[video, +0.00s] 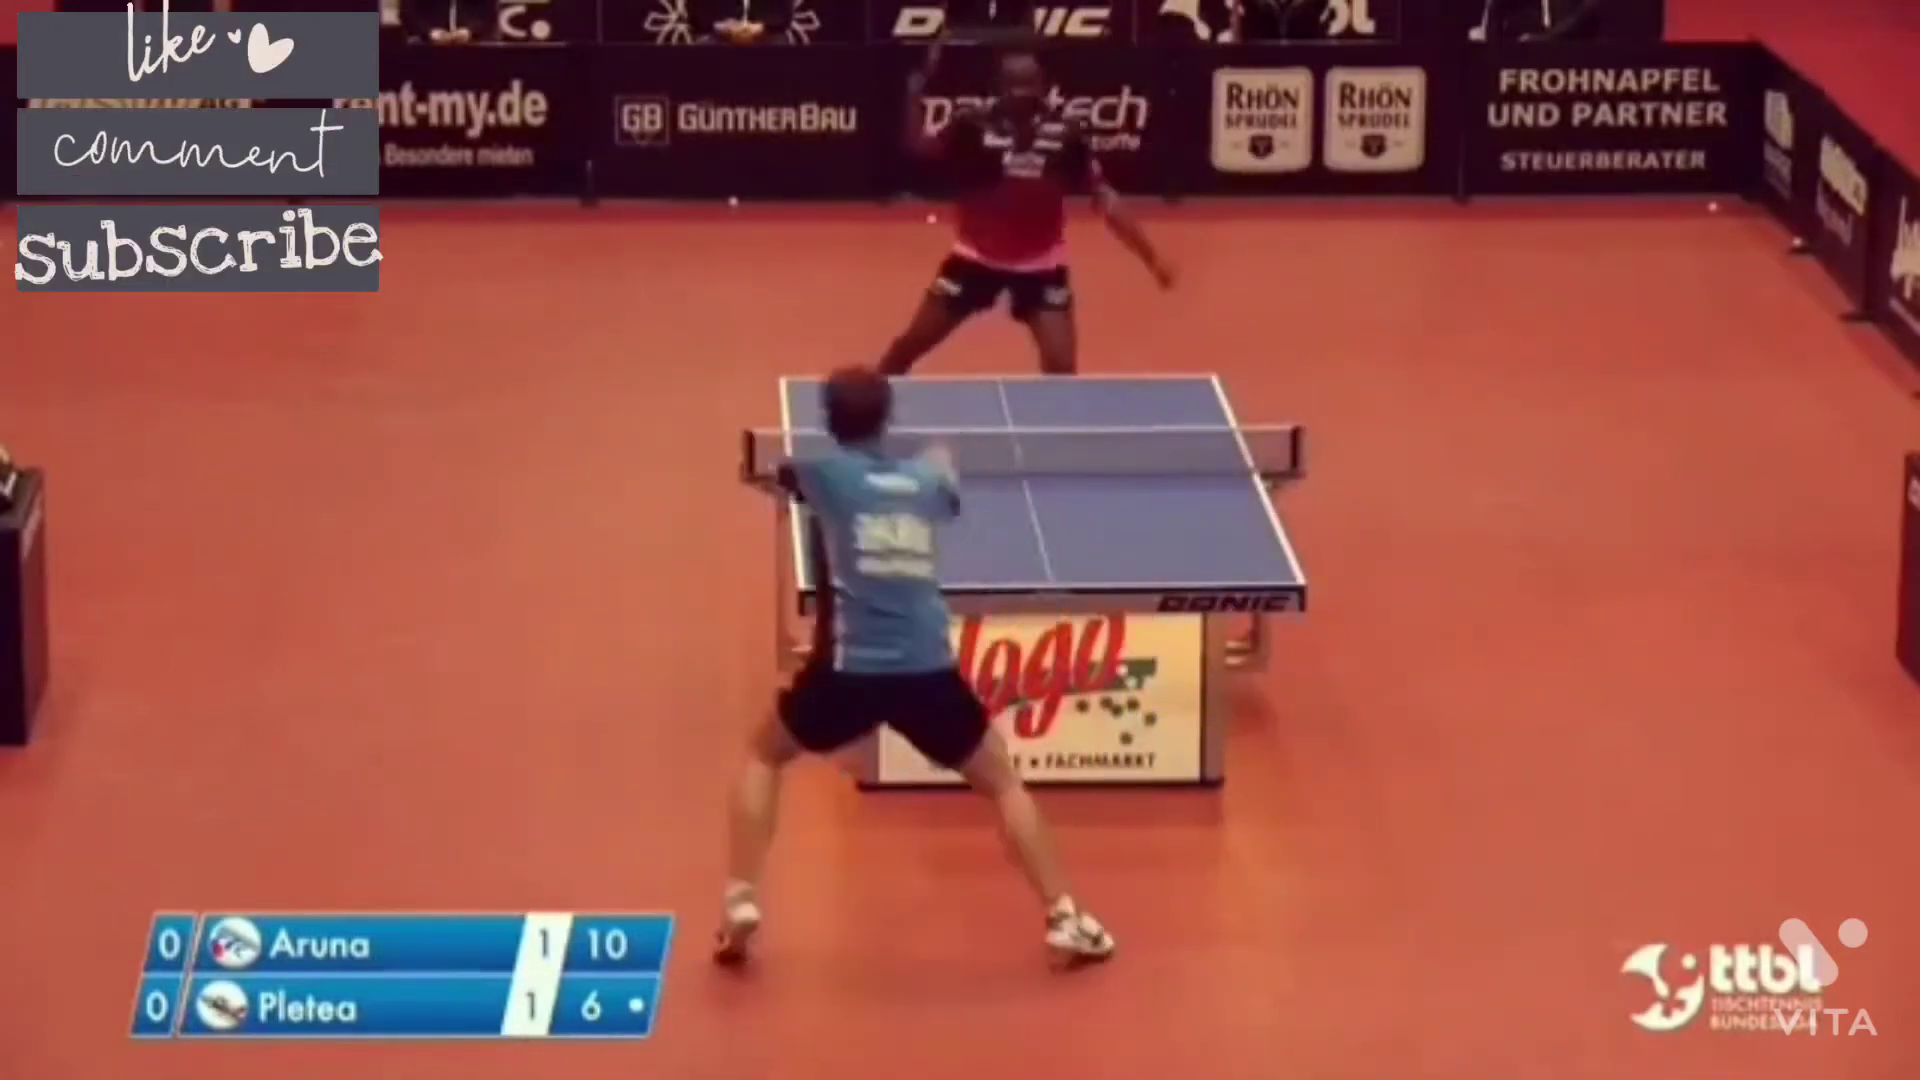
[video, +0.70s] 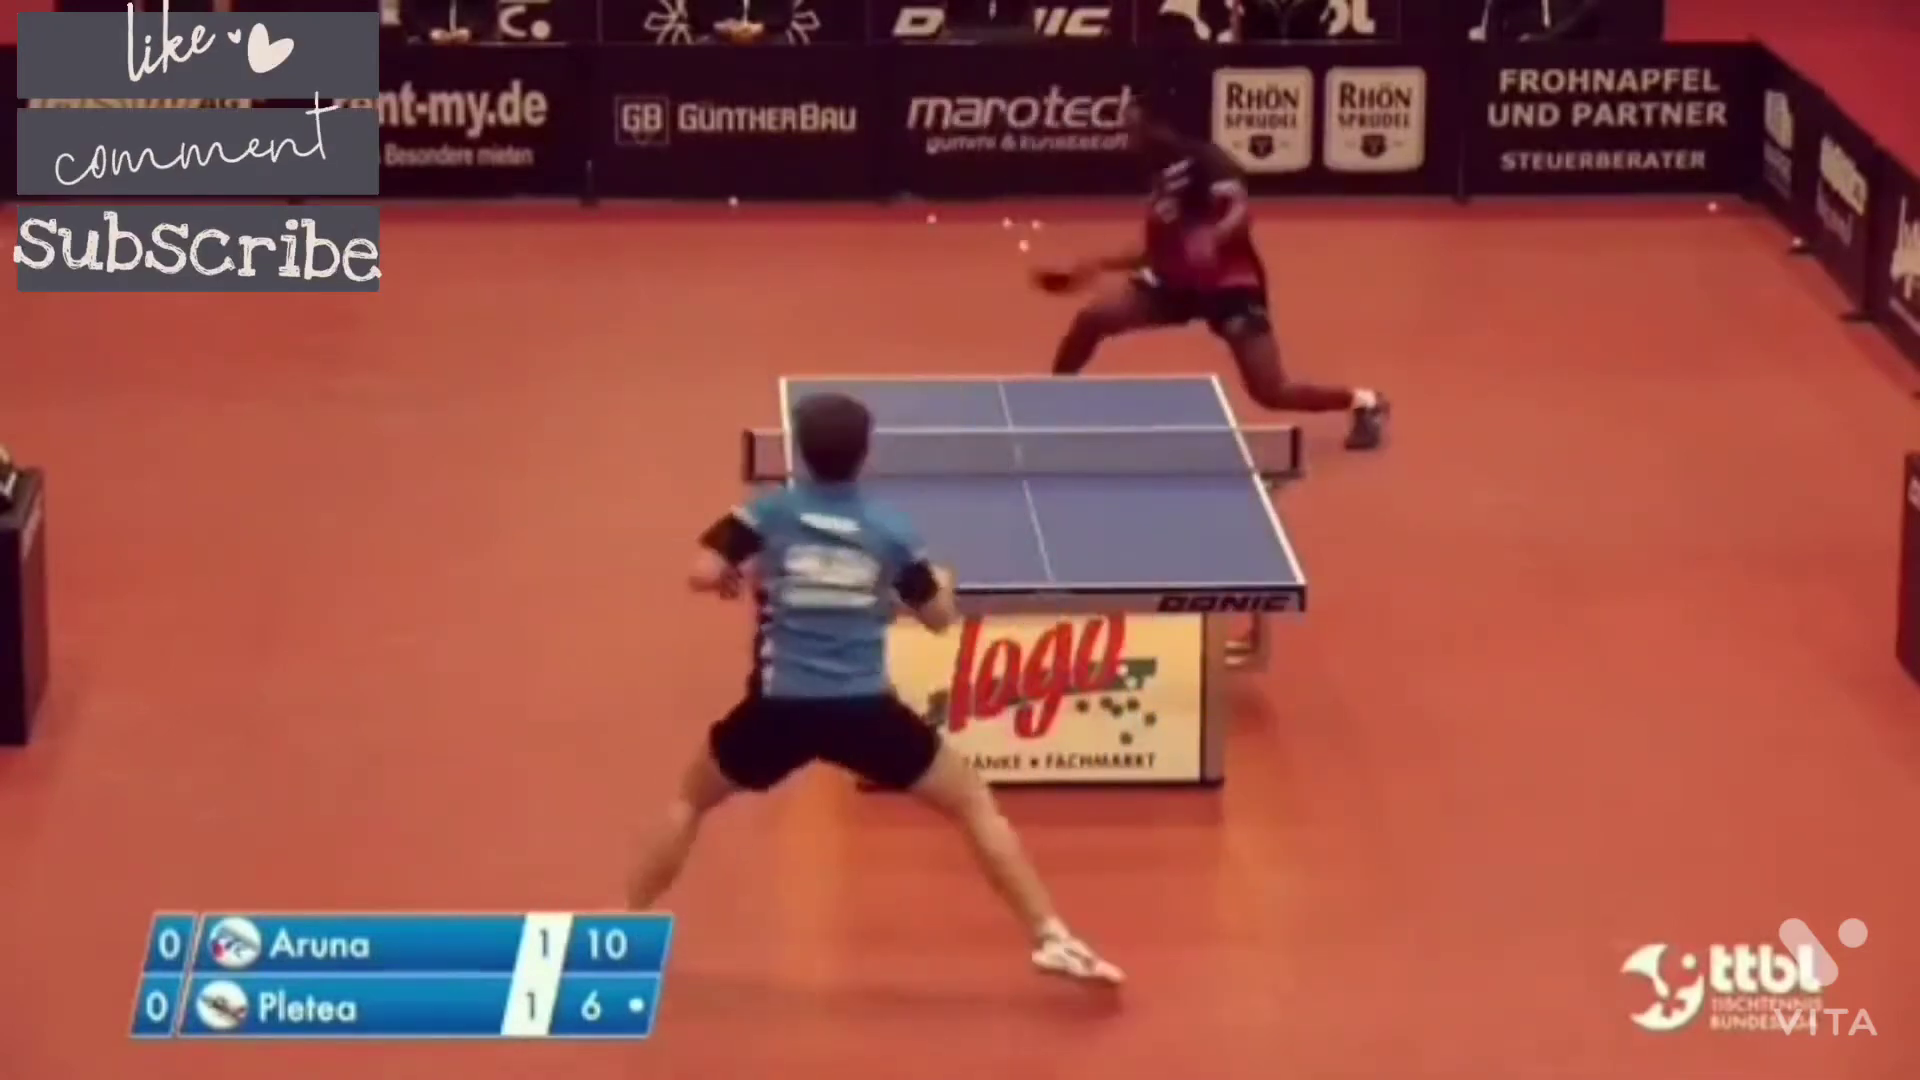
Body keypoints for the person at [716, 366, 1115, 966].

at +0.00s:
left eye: (835, 412)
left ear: (831, 421)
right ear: (886, 419)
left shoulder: (824, 474)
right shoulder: (925, 475)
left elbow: (773, 476)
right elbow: (950, 505)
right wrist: (938, 465)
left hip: (848, 675)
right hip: (929, 676)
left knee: (765, 757)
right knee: (1003, 784)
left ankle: (742, 898)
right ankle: (1065, 915)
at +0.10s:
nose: (793, 410)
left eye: (795, 401)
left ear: (800, 408)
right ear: (857, 402)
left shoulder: (795, 462)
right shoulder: (897, 459)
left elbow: (749, 472)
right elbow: (952, 470)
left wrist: (757, 457)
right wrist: (960, 427)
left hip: (834, 661)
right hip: (913, 659)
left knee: (742, 743)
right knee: (989, 779)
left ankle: (721, 883)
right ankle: (1059, 904)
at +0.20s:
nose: (725, 397)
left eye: (725, 389)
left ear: (732, 400)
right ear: (788, 387)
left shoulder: (730, 472)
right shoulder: (837, 438)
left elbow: (663, 500)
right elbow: (925, 411)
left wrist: (651, 504)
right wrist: (957, 329)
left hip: (782, 655)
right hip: (862, 644)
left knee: (696, 760)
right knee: (950, 772)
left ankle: (627, 888)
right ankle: (1029, 889)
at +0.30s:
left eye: (694, 406)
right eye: (756, 401)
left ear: (696, 417)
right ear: (757, 409)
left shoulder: (685, 497)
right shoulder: (791, 468)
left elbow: (626, 539)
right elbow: (876, 446)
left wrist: (604, 551)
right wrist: (910, 360)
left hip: (741, 679)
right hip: (825, 667)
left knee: (658, 799)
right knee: (920, 772)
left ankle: (581, 908)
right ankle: (1001, 888)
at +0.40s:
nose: (716, 457)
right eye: (716, 450)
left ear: (661, 469)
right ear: (721, 462)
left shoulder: (643, 551)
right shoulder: (758, 524)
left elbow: (576, 611)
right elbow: (841, 554)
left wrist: (615, 601)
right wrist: (857, 469)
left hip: (703, 725)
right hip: (787, 718)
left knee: (617, 796)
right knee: (877, 786)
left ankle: (568, 928)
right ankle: (949, 907)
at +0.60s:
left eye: (747, 439)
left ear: (742, 452)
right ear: (804, 455)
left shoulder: (716, 522)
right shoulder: (828, 523)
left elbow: (651, 584)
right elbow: (904, 588)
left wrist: (693, 560)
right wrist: (901, 553)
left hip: (741, 714)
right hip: (831, 711)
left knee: (654, 822)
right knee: (946, 774)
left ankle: (571, 920)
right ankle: (1005, 911)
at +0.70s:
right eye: (854, 442)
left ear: (800, 451)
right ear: (862, 455)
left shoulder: (772, 511)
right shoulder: (882, 528)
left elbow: (703, 571)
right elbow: (940, 615)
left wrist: (732, 579)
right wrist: (943, 585)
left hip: (780, 712)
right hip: (863, 713)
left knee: (690, 802)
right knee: (973, 803)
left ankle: (625, 928)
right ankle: (1052, 936)